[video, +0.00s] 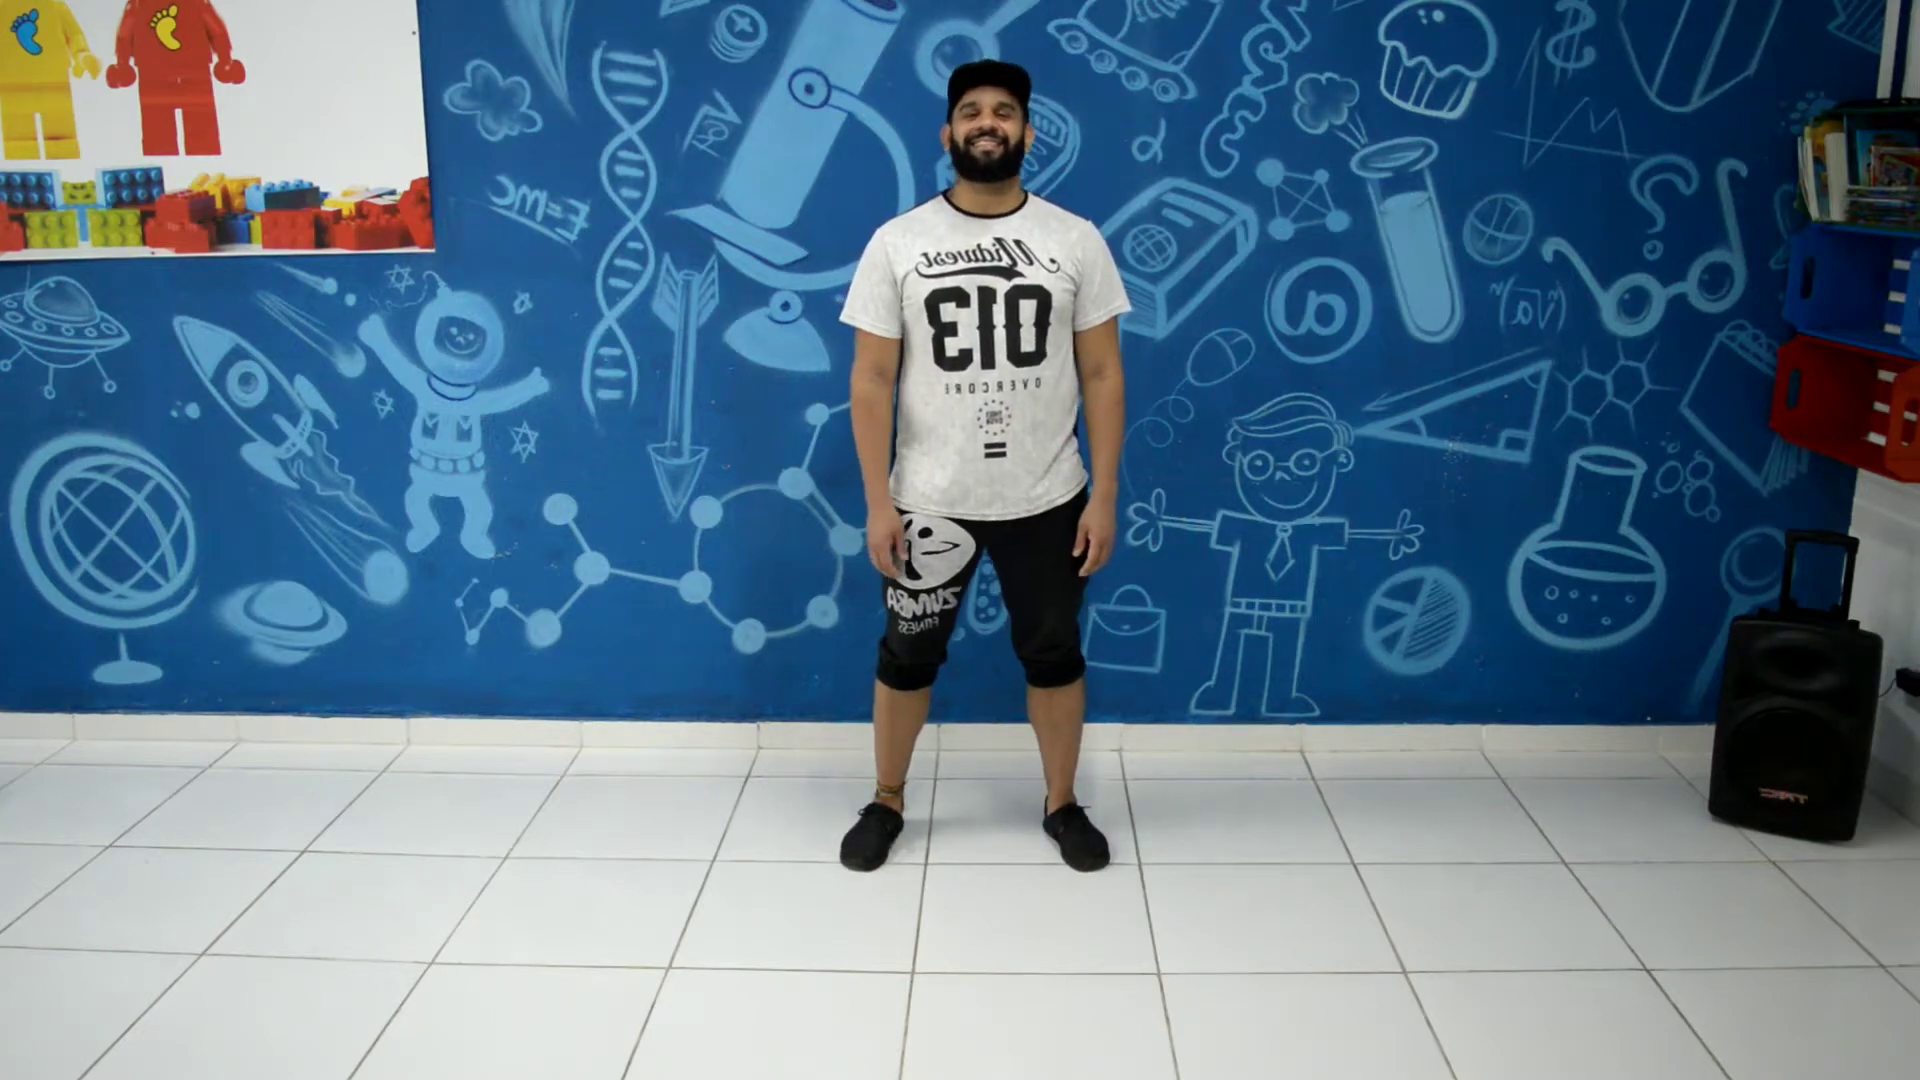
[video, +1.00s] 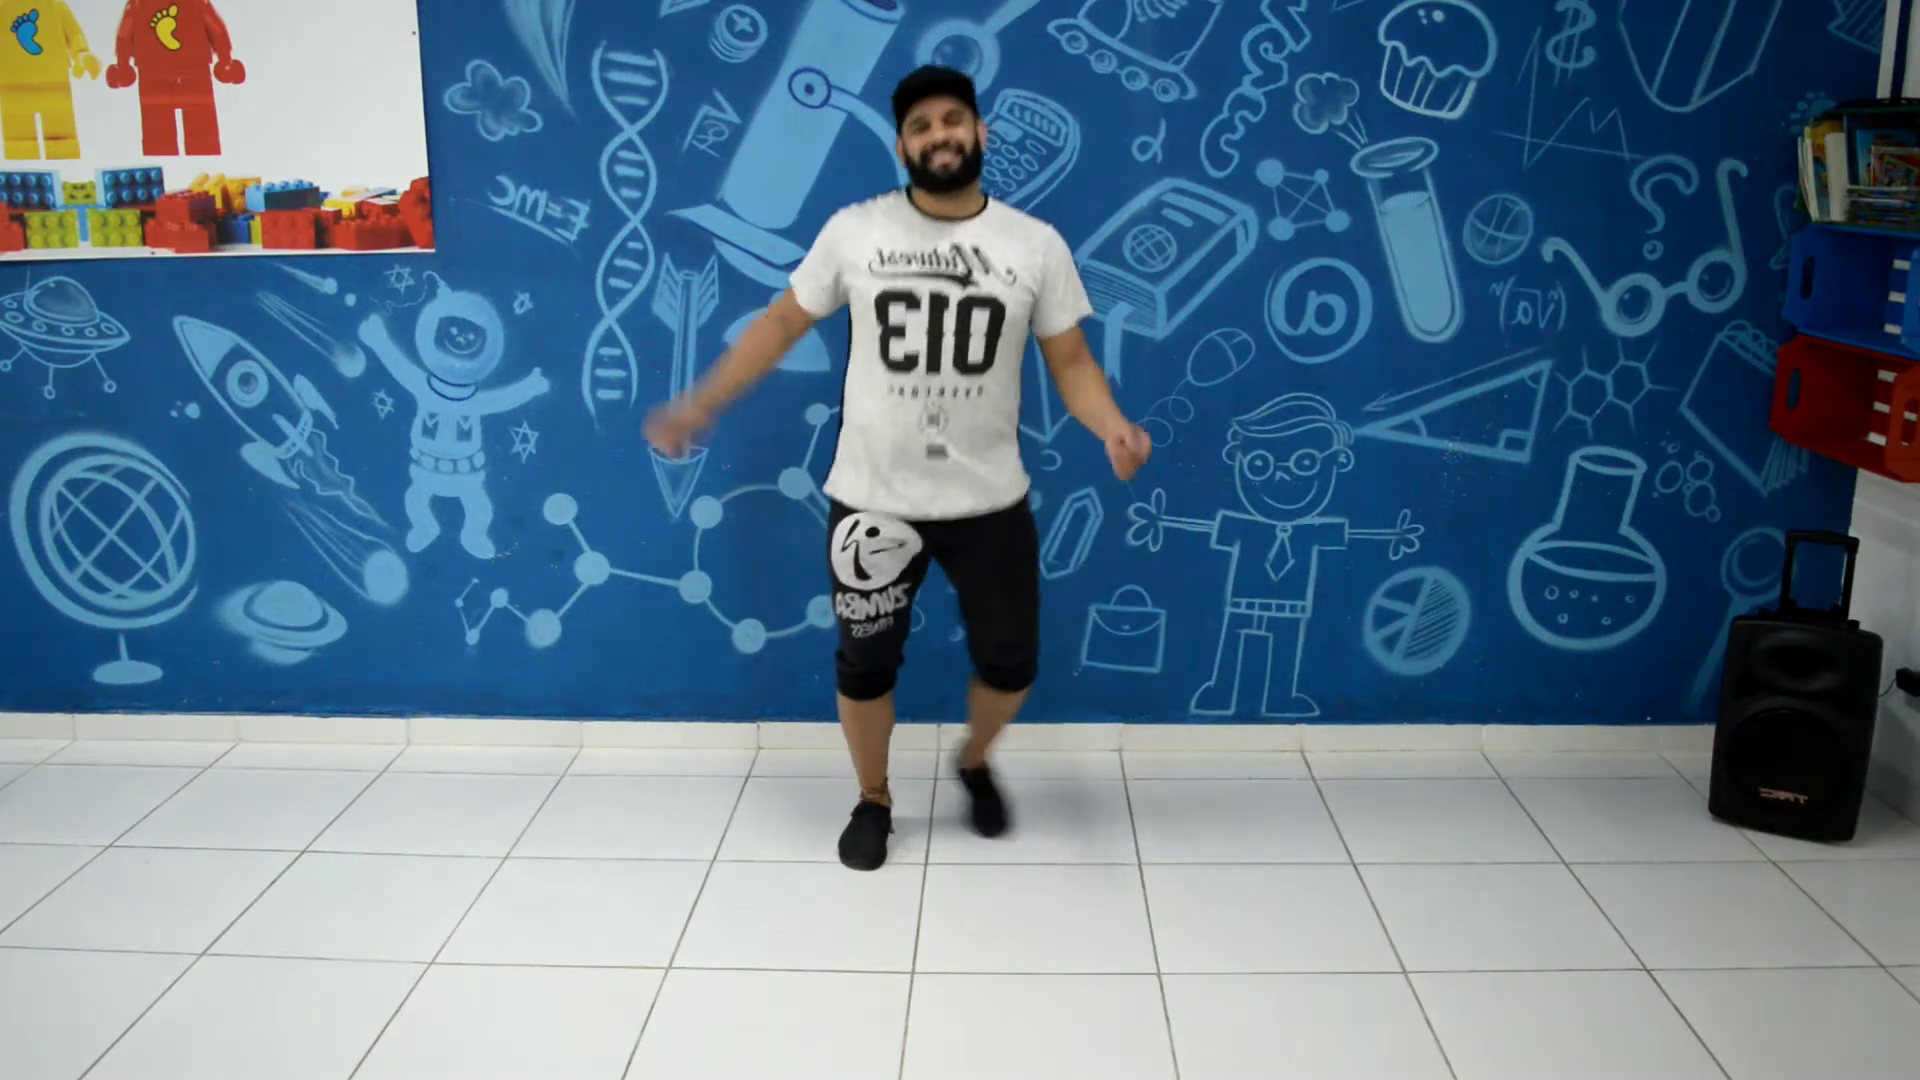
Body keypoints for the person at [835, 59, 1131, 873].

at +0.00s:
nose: (986, 126)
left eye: (1003, 115)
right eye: (971, 115)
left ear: (1026, 135)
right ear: (949, 135)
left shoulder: (1077, 242)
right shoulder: (898, 245)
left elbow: (1101, 373)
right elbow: (872, 378)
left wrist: (1105, 495)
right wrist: (878, 498)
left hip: (1045, 497)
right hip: (932, 498)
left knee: (1056, 657)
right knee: (907, 656)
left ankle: (1063, 805)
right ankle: (885, 802)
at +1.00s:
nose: (941, 135)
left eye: (954, 121)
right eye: (923, 126)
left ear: (981, 134)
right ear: (901, 148)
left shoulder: (1035, 248)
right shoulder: (854, 236)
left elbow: (1071, 360)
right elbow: (778, 325)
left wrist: (1113, 424)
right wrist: (700, 403)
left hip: (988, 494)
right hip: (875, 491)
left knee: (1010, 665)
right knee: (865, 664)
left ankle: (975, 763)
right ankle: (871, 800)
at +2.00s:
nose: (1056, 154)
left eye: (1072, 143)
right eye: (1041, 140)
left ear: (1090, 160)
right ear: (1013, 153)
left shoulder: (1134, 251)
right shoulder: (959, 268)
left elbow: (1161, 377)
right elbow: (942, 402)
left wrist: (1092, 478)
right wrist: (994, 512)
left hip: (1119, 497)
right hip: (1014, 509)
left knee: (1129, 658)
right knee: (1011, 669)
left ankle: (1135, 798)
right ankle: (1084, 738)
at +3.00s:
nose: (950, 143)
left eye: (967, 133)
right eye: (936, 132)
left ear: (993, 152)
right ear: (915, 152)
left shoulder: (1043, 254)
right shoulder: (875, 253)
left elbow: (1103, 369)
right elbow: (824, 359)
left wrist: (1111, 490)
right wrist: (843, 446)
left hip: (1005, 498)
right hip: (897, 492)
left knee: (1045, 658)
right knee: (854, 643)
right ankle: (870, 782)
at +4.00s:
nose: (993, 151)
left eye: (1009, 137)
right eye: (976, 138)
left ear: (1031, 153)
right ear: (953, 151)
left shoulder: (1062, 256)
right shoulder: (893, 243)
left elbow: (1096, 363)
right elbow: (803, 328)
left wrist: (1167, 432)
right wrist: (770, 443)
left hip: (1031, 491)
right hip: (918, 491)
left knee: (1072, 641)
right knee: (879, 647)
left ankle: (1104, 787)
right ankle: (858, 777)